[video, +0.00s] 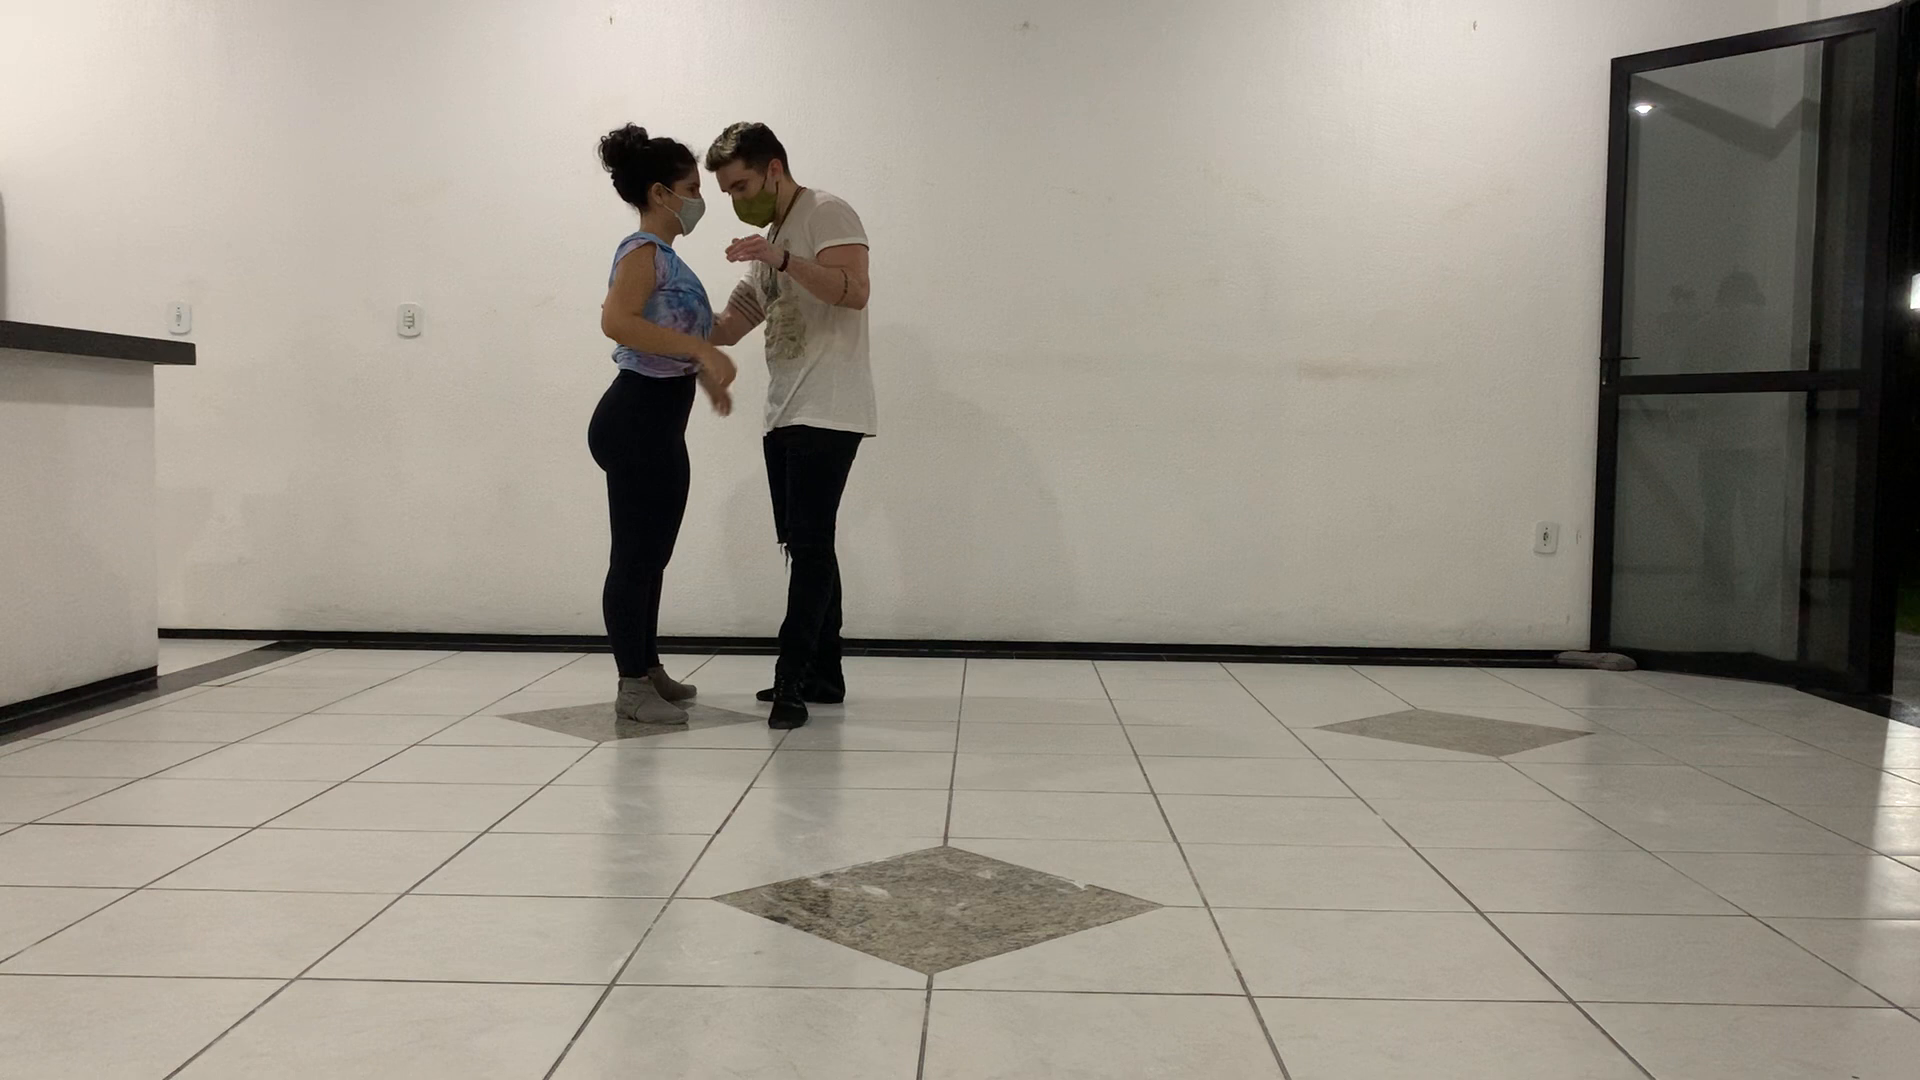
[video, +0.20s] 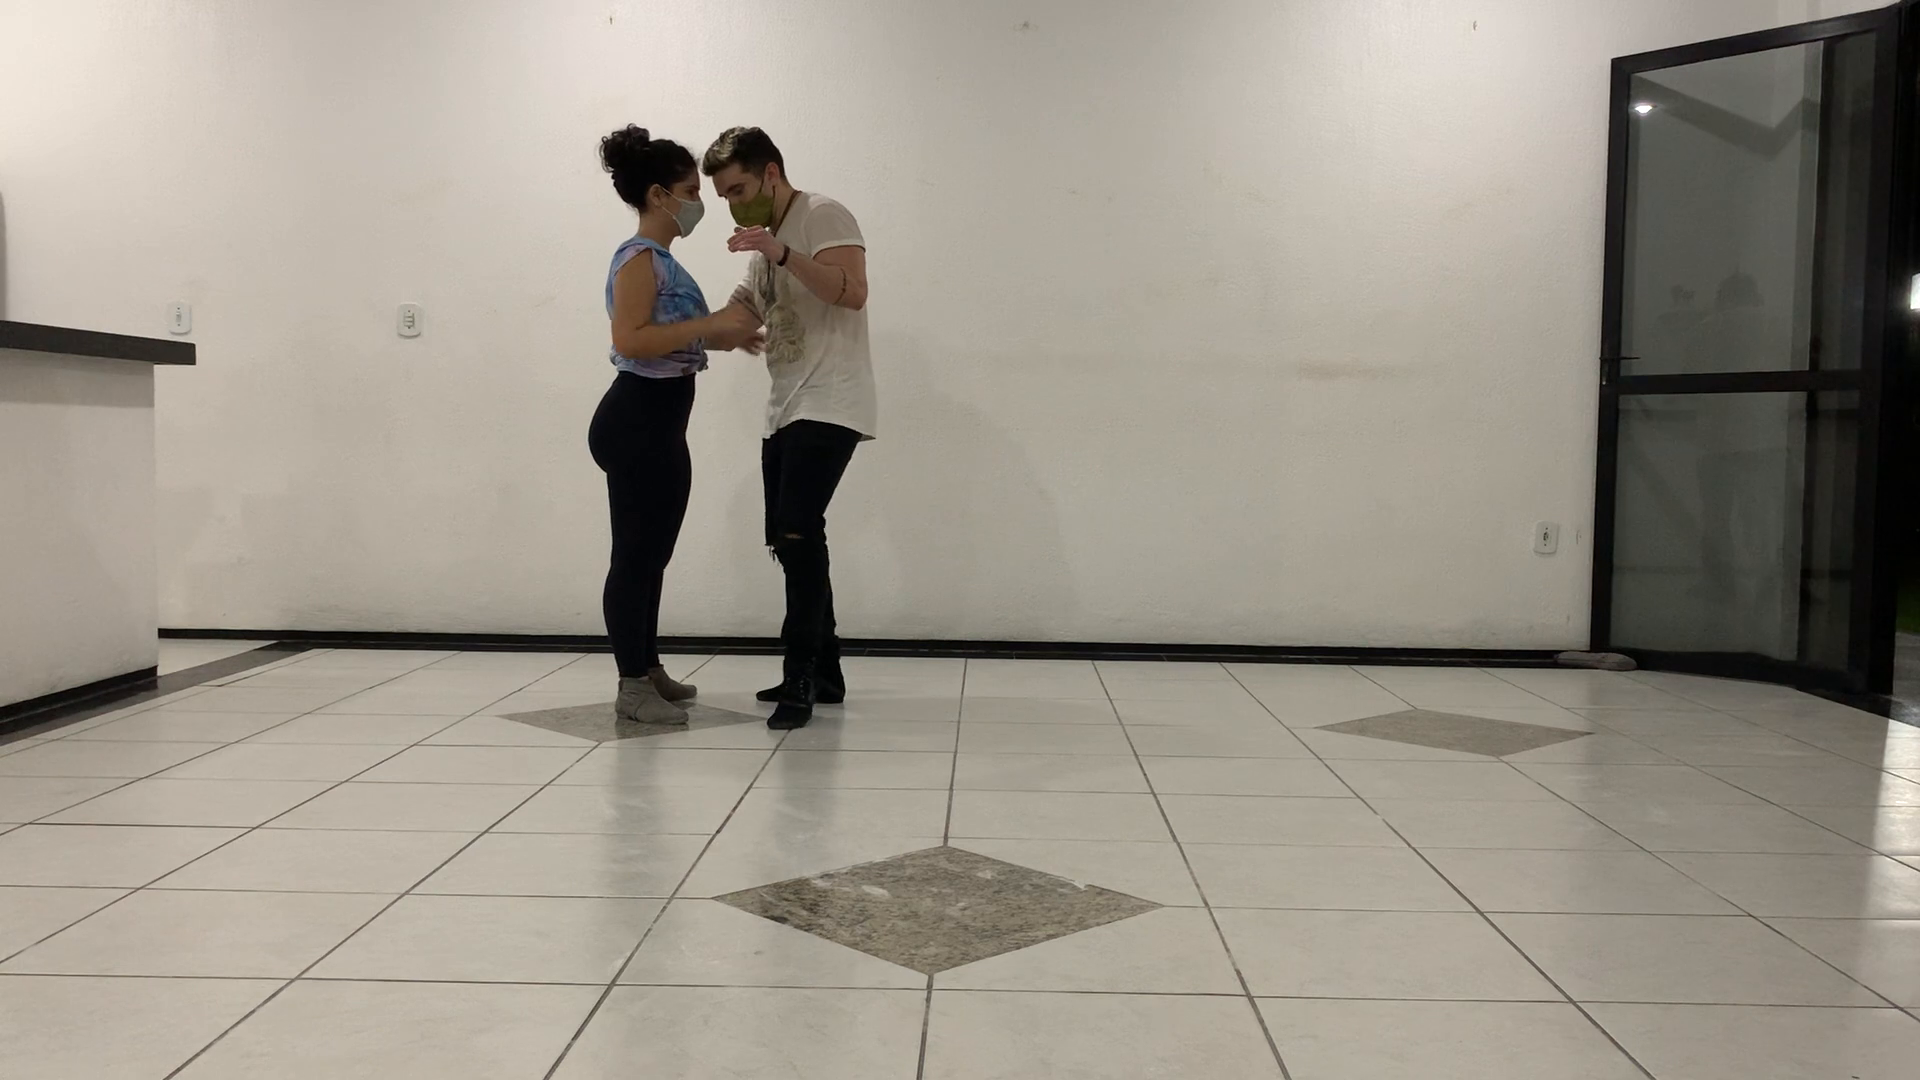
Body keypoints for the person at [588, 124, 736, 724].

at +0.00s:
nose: (701, 199)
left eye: (699, 189)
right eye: (692, 189)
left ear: (659, 195)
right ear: (660, 194)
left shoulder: (661, 254)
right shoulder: (642, 252)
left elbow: (673, 332)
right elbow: (616, 319)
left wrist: (709, 370)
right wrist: (701, 350)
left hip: (657, 418)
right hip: (638, 418)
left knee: (650, 553)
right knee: (635, 556)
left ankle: (645, 670)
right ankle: (633, 688)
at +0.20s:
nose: (701, 200)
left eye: (699, 189)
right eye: (691, 190)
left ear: (659, 196)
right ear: (658, 196)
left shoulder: (662, 261)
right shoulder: (640, 262)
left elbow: (674, 338)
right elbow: (629, 340)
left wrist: (727, 335)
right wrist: (707, 328)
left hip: (660, 422)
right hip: (638, 423)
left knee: (650, 554)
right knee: (634, 556)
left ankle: (645, 671)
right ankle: (633, 687)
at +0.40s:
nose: (702, 209)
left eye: (701, 198)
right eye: (692, 198)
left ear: (659, 200)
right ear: (659, 200)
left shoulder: (652, 263)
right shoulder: (643, 266)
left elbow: (679, 344)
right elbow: (652, 351)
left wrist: (730, 321)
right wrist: (716, 323)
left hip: (650, 422)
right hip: (641, 425)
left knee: (650, 556)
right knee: (643, 558)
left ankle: (646, 671)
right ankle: (635, 687)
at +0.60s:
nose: (704, 215)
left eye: (704, 204)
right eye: (695, 206)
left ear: (662, 206)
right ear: (661, 207)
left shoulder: (654, 268)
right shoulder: (645, 271)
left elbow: (681, 348)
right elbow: (662, 356)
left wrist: (731, 327)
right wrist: (723, 324)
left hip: (642, 420)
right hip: (637, 423)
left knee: (670, 540)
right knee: (671, 541)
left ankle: (647, 668)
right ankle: (643, 674)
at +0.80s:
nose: (704, 222)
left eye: (705, 211)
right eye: (695, 213)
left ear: (663, 210)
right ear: (661, 212)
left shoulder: (650, 268)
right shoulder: (648, 274)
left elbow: (670, 352)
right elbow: (654, 358)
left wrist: (722, 340)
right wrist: (719, 332)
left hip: (634, 421)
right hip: (639, 423)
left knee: (662, 540)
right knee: (683, 531)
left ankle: (647, 665)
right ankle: (653, 666)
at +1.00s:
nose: (703, 228)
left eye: (705, 217)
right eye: (694, 218)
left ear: (665, 214)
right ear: (659, 215)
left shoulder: (660, 273)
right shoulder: (644, 274)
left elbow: (660, 353)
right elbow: (616, 349)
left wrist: (711, 341)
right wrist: (695, 337)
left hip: (644, 426)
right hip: (641, 429)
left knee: (676, 548)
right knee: (687, 546)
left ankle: (648, 666)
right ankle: (647, 660)